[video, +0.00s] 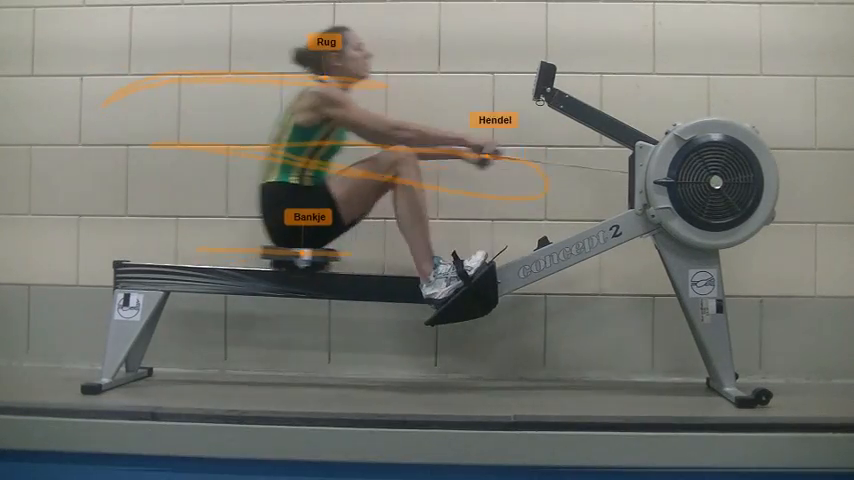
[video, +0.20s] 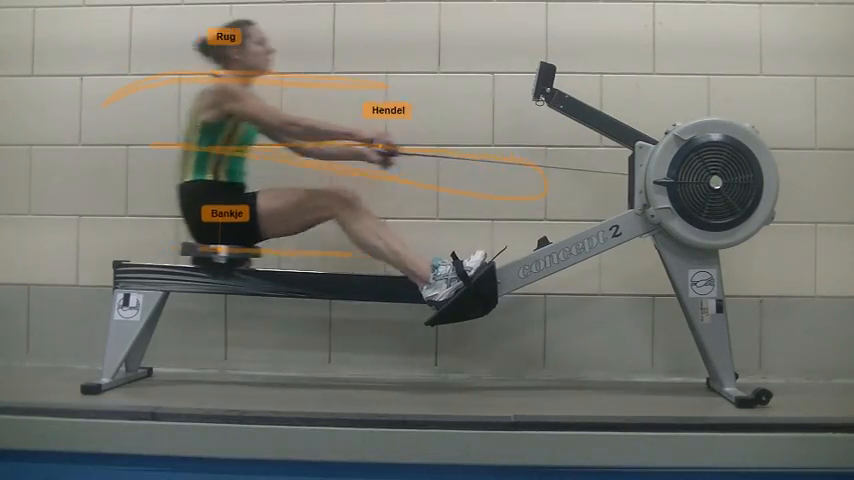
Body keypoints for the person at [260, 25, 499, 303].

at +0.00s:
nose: (367, 53)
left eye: (363, 47)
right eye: (357, 48)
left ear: (334, 62)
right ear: (333, 60)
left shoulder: (330, 99)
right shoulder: (322, 95)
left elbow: (397, 141)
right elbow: (393, 132)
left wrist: (463, 153)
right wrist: (467, 140)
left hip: (299, 211)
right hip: (291, 213)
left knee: (396, 160)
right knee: (399, 162)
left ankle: (433, 271)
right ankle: (430, 278)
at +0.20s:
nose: (269, 50)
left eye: (266, 43)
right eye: (259, 43)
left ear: (237, 54)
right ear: (234, 52)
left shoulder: (239, 99)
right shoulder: (224, 92)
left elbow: (303, 147)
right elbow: (289, 126)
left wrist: (364, 153)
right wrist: (363, 134)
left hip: (224, 210)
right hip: (212, 212)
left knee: (344, 201)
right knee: (341, 200)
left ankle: (431, 278)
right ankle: (430, 281)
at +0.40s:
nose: (188, 64)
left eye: (187, 56)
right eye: (179, 56)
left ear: (174, 63)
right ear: (152, 61)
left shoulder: (166, 114)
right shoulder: (136, 102)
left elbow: (197, 165)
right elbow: (168, 145)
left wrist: (257, 162)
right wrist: (243, 139)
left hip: (198, 208)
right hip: (184, 211)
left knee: (312, 238)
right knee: (308, 239)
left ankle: (431, 276)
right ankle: (427, 282)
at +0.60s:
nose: (171, 79)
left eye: (171, 72)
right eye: (163, 72)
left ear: (155, 76)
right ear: (137, 76)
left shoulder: (146, 118)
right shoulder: (115, 116)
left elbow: (150, 165)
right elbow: (79, 171)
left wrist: (181, 153)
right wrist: (136, 142)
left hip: (197, 211)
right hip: (184, 216)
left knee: (312, 233)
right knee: (307, 238)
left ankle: (429, 276)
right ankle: (430, 281)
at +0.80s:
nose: (198, 67)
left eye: (197, 59)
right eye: (190, 60)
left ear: (176, 66)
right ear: (163, 65)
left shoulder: (169, 112)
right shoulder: (139, 108)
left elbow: (174, 159)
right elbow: (108, 158)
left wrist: (209, 156)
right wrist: (162, 143)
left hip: (200, 212)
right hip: (186, 216)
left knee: (312, 229)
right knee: (308, 230)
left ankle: (429, 276)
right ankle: (425, 281)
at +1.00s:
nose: (256, 56)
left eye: (253, 48)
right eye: (247, 49)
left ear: (227, 55)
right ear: (221, 53)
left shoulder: (220, 105)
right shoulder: (197, 94)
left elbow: (249, 169)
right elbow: (205, 148)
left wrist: (298, 165)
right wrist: (277, 156)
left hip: (215, 215)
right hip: (202, 218)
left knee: (332, 206)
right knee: (327, 208)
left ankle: (427, 274)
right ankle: (425, 279)